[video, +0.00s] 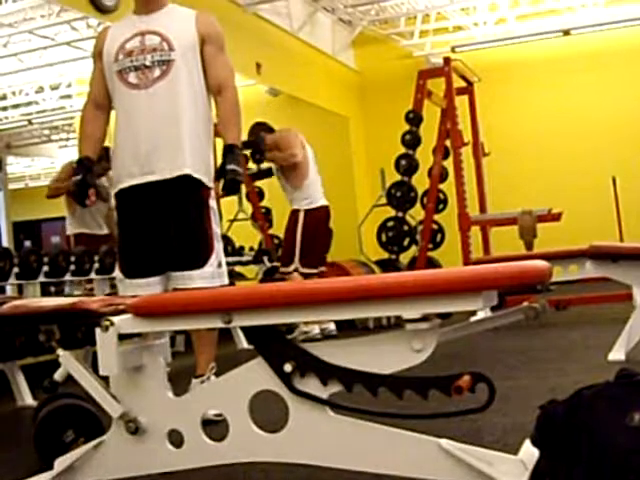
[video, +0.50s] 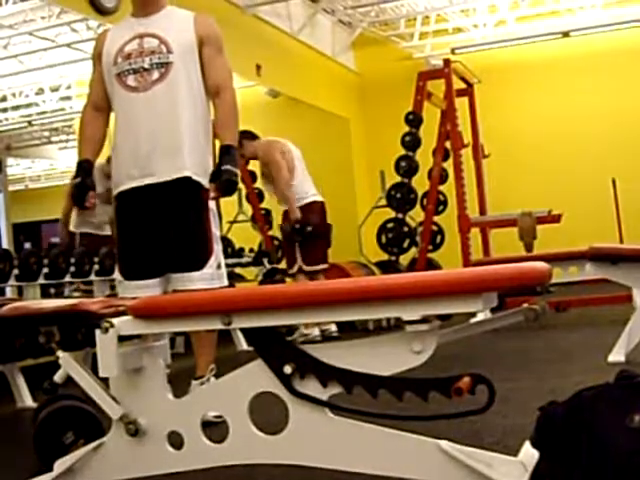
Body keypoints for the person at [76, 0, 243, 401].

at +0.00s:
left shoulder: (200, 24)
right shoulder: (108, 37)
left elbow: (224, 90)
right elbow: (97, 106)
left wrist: (233, 155)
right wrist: (85, 166)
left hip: (187, 170)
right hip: (132, 179)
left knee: (200, 284)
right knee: (142, 290)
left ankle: (205, 377)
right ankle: (150, 383)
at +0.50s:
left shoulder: (199, 27)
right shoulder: (107, 40)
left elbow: (222, 92)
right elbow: (97, 108)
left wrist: (229, 155)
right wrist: (84, 169)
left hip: (187, 174)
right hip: (132, 181)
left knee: (199, 287)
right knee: (141, 294)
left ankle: (205, 381)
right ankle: (150, 387)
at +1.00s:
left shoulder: (200, 30)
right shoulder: (107, 41)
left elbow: (221, 96)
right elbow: (98, 109)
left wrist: (229, 158)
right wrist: (88, 171)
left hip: (188, 176)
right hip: (132, 183)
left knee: (201, 289)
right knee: (141, 296)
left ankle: (205, 379)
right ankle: (149, 385)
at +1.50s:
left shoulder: (210, 34)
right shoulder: (116, 40)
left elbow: (238, 101)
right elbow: (104, 108)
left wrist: (242, 165)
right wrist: (98, 169)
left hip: (197, 180)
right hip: (138, 185)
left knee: (205, 292)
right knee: (142, 299)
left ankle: (204, 383)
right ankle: (147, 387)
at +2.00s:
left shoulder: (212, 29)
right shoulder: (118, 37)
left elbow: (255, 81)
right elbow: (106, 106)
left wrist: (227, 130)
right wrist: (98, 172)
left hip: (197, 176)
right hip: (139, 179)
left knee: (202, 293)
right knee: (141, 297)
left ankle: (204, 385)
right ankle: (148, 388)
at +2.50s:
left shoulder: (209, 29)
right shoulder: (119, 39)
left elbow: (261, 78)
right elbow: (106, 106)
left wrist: (232, 129)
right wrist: (93, 161)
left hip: (193, 179)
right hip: (135, 182)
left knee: (201, 294)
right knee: (135, 297)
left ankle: (203, 383)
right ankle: (143, 387)